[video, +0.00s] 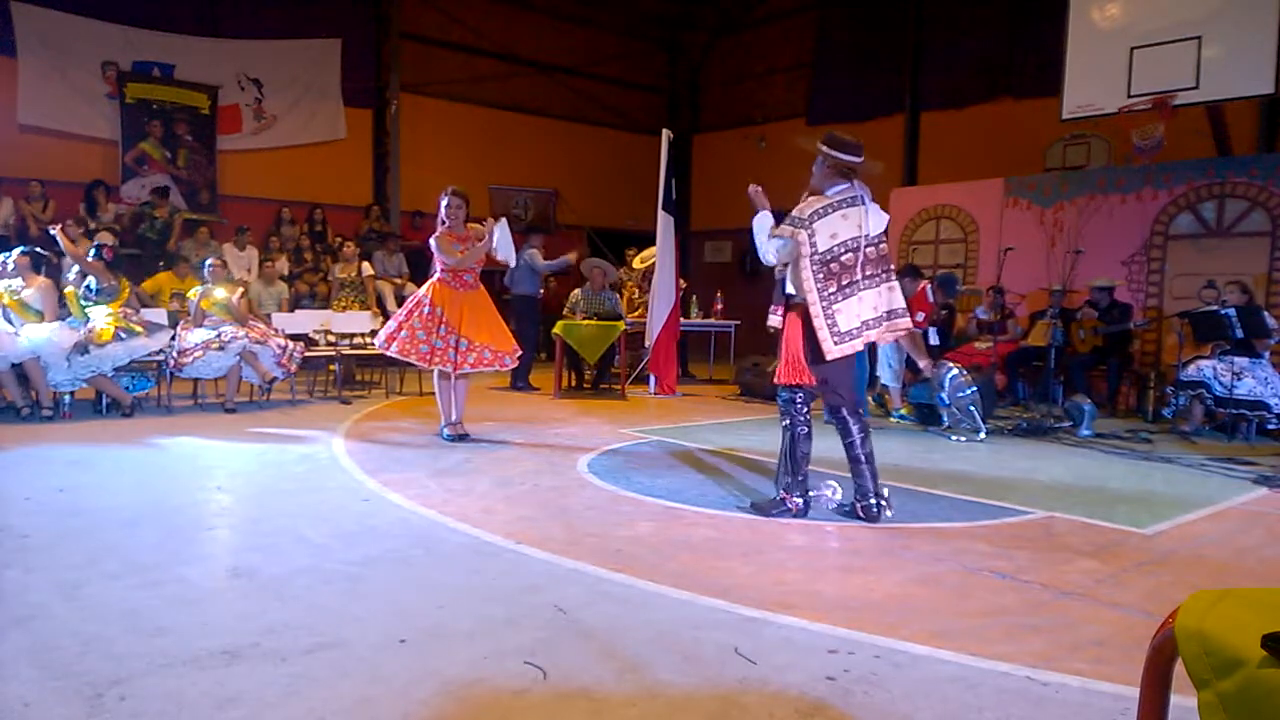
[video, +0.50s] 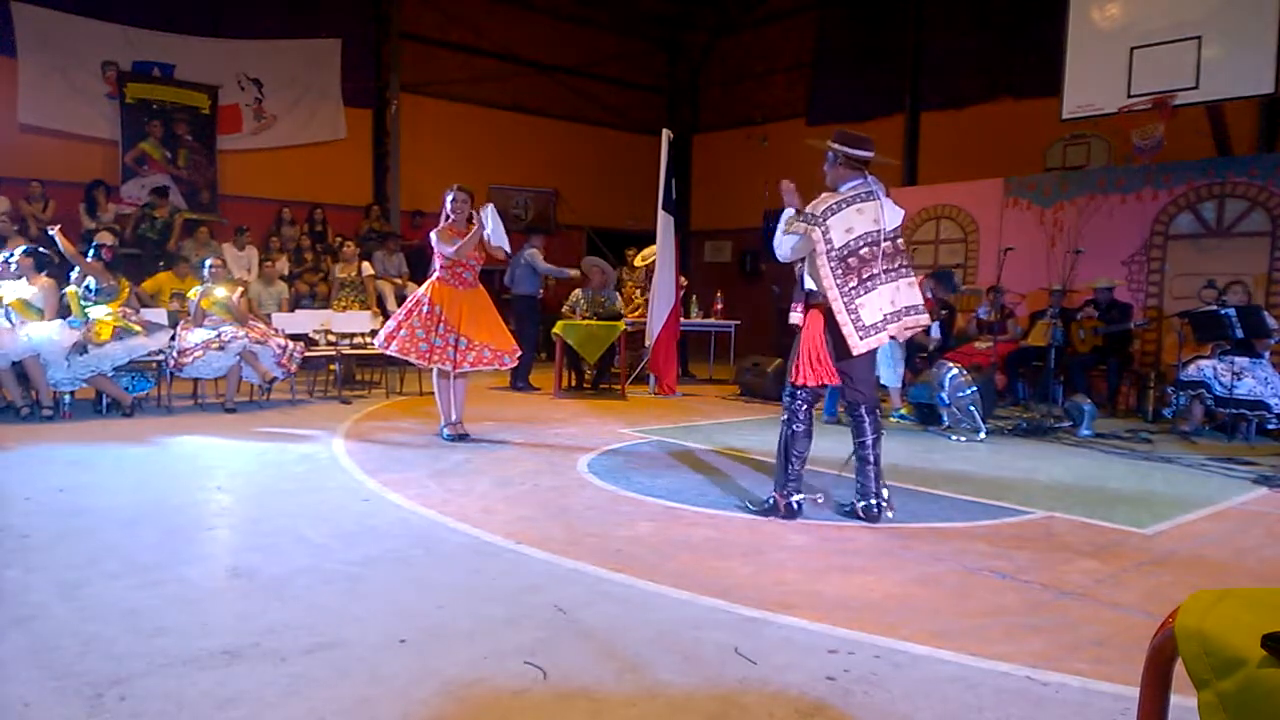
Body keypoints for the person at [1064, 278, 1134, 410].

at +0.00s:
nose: (1091, 295)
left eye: (1095, 292)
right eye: (1091, 292)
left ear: (1105, 293)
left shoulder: (1123, 308)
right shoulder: (1089, 306)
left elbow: (1119, 321)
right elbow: (1067, 315)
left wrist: (1097, 316)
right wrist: (1077, 315)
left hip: (1116, 349)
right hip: (1096, 349)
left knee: (1115, 365)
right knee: (1076, 363)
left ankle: (1111, 403)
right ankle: (1083, 399)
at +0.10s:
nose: (1091, 295)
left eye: (1095, 292)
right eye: (1091, 292)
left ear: (1105, 293)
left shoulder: (1123, 308)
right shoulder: (1089, 306)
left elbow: (1119, 321)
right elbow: (1067, 315)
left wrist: (1097, 316)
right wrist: (1078, 315)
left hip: (1117, 349)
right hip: (1096, 349)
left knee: (1115, 365)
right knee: (1076, 363)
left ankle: (1111, 403)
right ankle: (1083, 399)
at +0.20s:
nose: (1093, 295)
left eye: (1097, 292)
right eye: (1093, 292)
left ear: (1107, 293)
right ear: (1093, 293)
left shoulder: (1123, 308)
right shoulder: (1090, 306)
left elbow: (1118, 321)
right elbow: (1067, 315)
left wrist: (1097, 316)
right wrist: (1078, 315)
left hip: (1116, 350)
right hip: (1096, 349)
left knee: (1115, 365)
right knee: (1076, 363)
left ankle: (1111, 403)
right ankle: (1083, 400)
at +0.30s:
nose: (1095, 295)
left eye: (1098, 292)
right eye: (1094, 292)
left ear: (1108, 292)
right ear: (1093, 293)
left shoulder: (1123, 308)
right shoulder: (1090, 305)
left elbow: (1118, 321)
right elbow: (1068, 315)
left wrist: (1097, 315)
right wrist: (1079, 315)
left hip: (1116, 349)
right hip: (1096, 348)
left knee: (1115, 365)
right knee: (1076, 363)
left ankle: (1111, 403)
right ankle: (1084, 400)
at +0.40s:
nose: (1097, 296)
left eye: (1100, 292)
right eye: (1096, 292)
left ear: (1109, 292)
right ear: (1094, 293)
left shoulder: (1123, 308)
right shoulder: (1091, 305)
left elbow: (1118, 320)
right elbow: (1069, 315)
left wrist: (1097, 315)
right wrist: (1079, 315)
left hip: (1116, 349)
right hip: (1096, 349)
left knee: (1114, 365)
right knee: (1076, 363)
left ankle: (1111, 403)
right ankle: (1083, 400)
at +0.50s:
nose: (1097, 295)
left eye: (1101, 292)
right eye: (1096, 292)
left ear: (1110, 292)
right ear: (1094, 292)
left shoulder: (1124, 308)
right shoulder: (1091, 305)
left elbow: (1118, 320)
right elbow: (1068, 315)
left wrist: (1097, 315)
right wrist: (1079, 315)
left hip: (1117, 349)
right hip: (1096, 348)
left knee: (1114, 365)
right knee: (1076, 362)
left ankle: (1111, 403)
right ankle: (1083, 399)